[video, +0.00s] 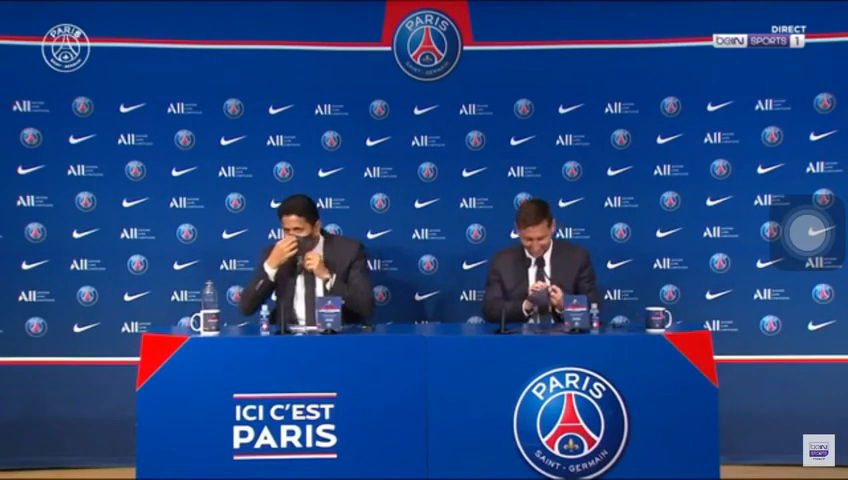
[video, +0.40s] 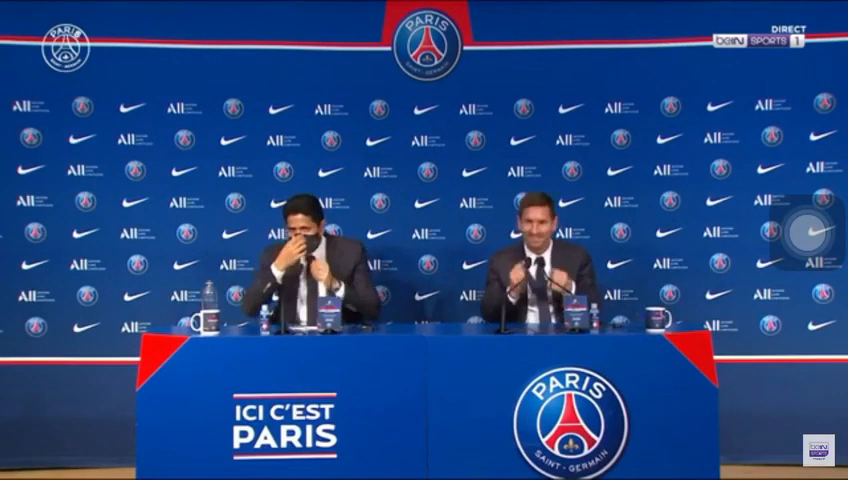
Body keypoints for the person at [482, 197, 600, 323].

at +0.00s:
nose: (535, 246)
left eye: (541, 238)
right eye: (528, 239)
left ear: (552, 227)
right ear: (518, 232)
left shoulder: (577, 257)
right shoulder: (502, 261)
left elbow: (592, 307)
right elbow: (490, 310)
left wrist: (564, 304)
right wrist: (526, 306)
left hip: (566, 342)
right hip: (518, 343)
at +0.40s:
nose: (535, 230)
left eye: (542, 222)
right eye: (529, 222)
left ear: (554, 223)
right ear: (520, 223)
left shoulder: (578, 257)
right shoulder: (503, 260)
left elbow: (596, 304)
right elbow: (490, 313)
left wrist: (572, 288)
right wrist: (512, 293)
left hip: (566, 341)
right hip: (518, 342)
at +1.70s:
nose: (536, 233)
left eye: (543, 226)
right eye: (530, 227)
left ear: (555, 224)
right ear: (520, 226)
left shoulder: (571, 250)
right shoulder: (508, 252)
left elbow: (599, 296)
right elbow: (485, 305)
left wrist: (576, 252)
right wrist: (504, 261)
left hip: (565, 340)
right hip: (519, 341)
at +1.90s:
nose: (535, 237)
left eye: (542, 230)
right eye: (529, 230)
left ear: (554, 228)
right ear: (519, 230)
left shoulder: (569, 252)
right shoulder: (510, 255)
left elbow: (600, 287)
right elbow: (483, 294)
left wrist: (575, 244)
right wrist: (501, 249)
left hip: (563, 340)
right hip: (519, 341)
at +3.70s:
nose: (528, 222)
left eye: (536, 216)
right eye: (524, 215)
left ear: (555, 213)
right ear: (519, 210)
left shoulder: (580, 242)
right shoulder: (505, 239)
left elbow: (608, 283)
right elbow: (475, 278)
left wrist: (587, 316)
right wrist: (496, 314)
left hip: (565, 342)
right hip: (516, 343)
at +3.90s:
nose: (532, 212)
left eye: (539, 207)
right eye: (528, 205)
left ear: (560, 200)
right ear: (524, 198)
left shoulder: (588, 227)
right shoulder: (512, 222)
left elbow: (615, 269)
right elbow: (486, 262)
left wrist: (591, 310)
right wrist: (501, 302)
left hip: (572, 329)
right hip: (522, 329)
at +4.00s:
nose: (533, 209)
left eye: (540, 203)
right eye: (529, 202)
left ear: (561, 198)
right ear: (525, 196)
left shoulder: (590, 222)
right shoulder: (513, 219)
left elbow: (617, 263)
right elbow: (488, 258)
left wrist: (589, 305)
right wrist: (506, 298)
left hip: (575, 325)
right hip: (526, 324)